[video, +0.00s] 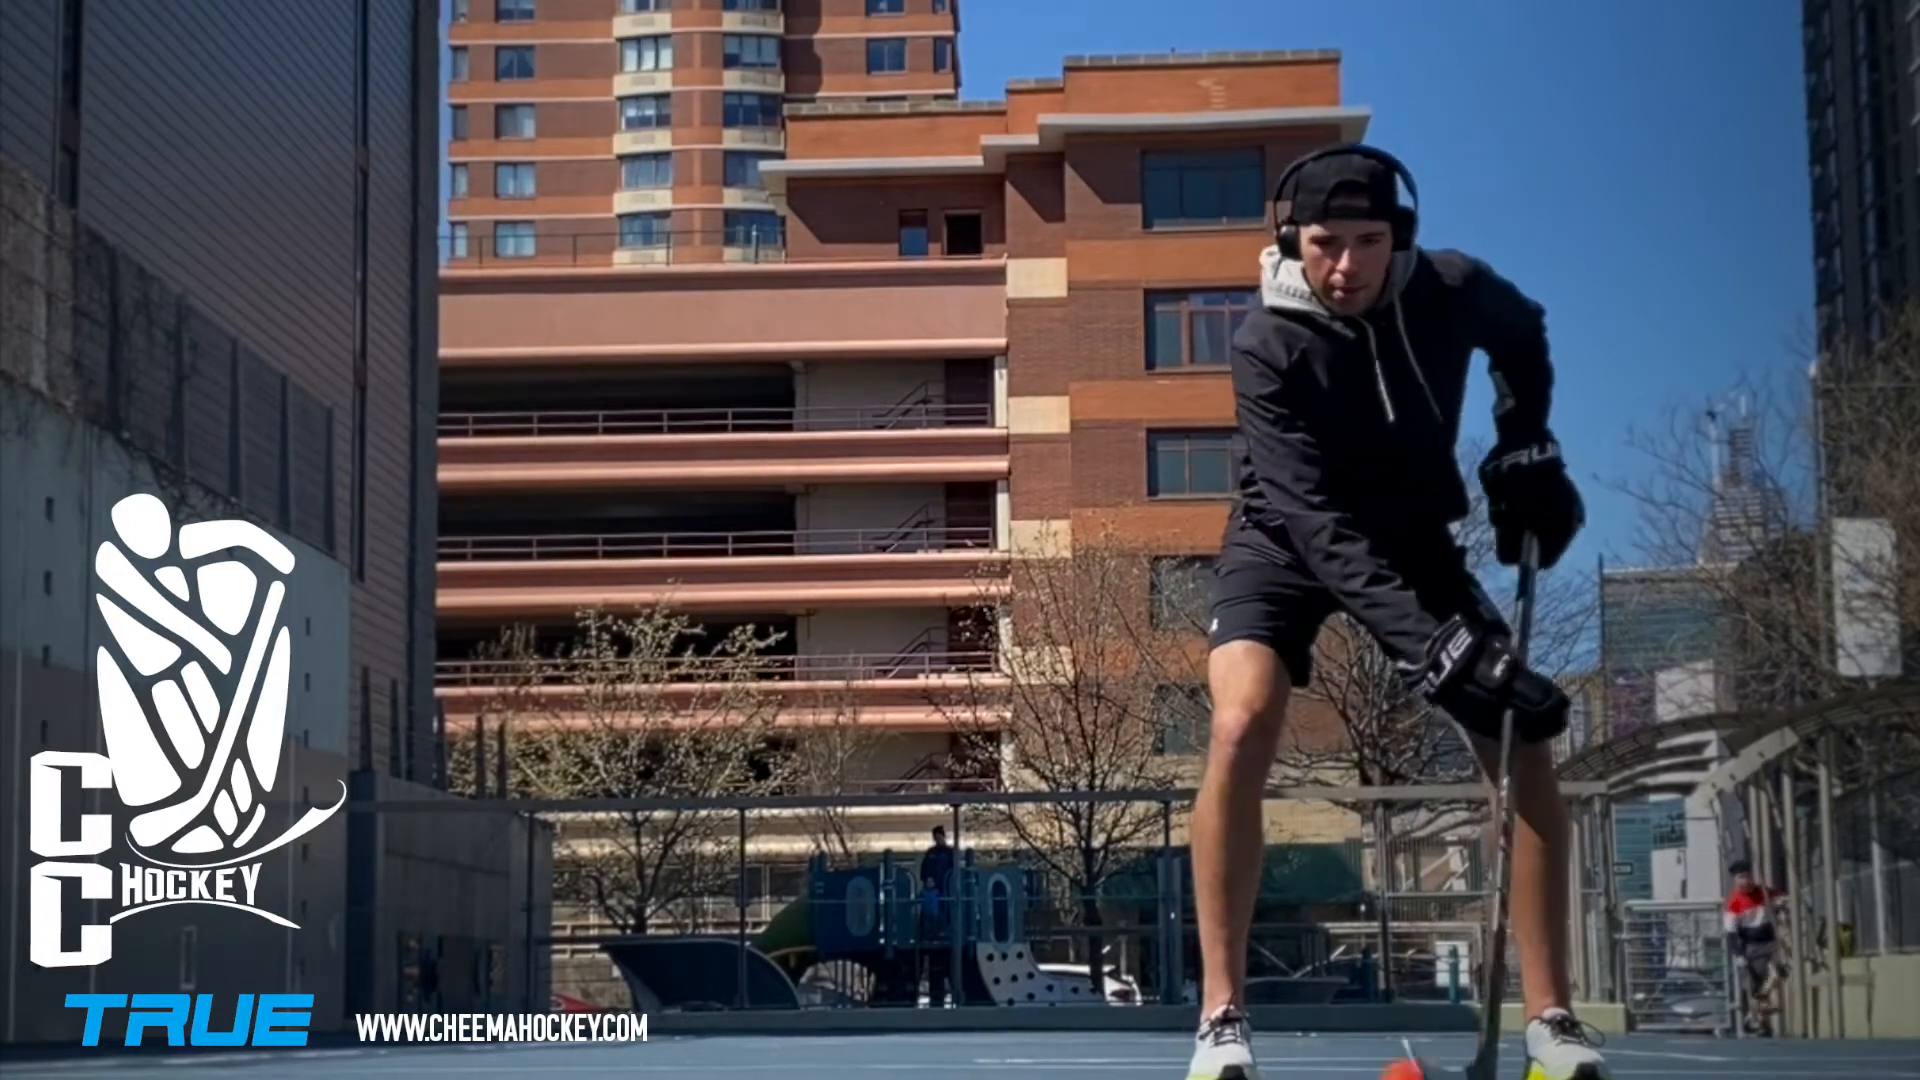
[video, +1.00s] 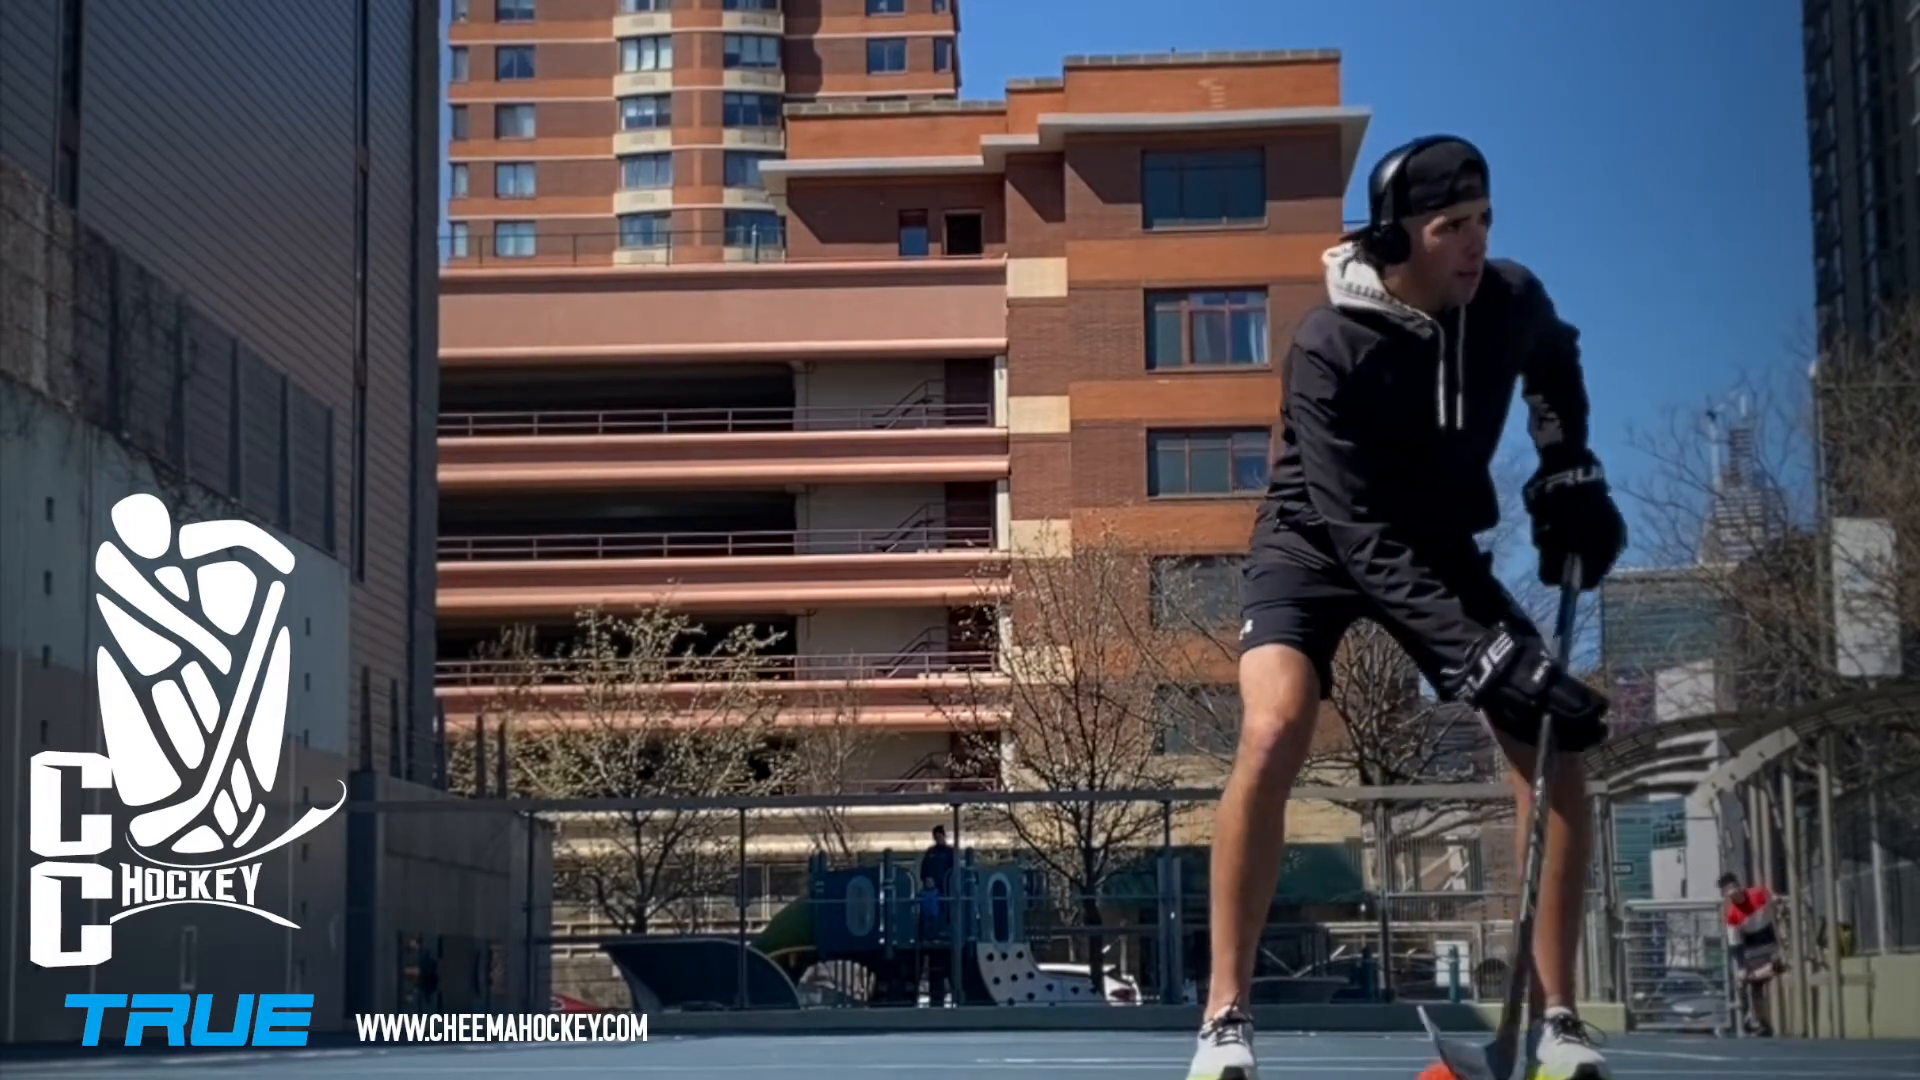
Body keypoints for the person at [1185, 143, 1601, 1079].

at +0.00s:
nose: (1343, 266)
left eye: (1365, 244)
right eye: (1324, 245)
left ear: (1399, 239)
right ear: (1293, 243)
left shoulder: (1449, 288)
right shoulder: (1268, 343)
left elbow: (1521, 333)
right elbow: (1315, 524)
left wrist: (1523, 446)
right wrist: (1440, 647)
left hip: (1414, 536)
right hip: (1285, 539)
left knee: (1523, 738)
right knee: (1242, 725)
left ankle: (1549, 1016)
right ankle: (1221, 1014)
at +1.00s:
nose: (1474, 242)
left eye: (1482, 222)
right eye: (1453, 226)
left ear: (1489, 225)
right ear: (1397, 234)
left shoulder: (1508, 299)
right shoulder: (1332, 344)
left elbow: (1553, 364)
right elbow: (1364, 541)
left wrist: (1568, 471)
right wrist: (1499, 661)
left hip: (1441, 546)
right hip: (1315, 541)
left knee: (1554, 763)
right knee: (1272, 734)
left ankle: (1555, 1017)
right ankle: (1224, 1014)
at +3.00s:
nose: (1522, 243)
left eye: (1521, 225)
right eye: (1506, 227)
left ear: (1463, 234)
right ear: (1441, 236)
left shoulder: (1491, 294)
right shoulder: (1346, 336)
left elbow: (1521, 385)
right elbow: (1362, 537)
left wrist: (1549, 477)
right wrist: (1490, 658)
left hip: (1412, 542)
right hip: (1297, 534)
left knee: (1539, 743)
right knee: (1282, 736)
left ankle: (1554, 1020)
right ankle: (1226, 1014)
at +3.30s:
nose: (1401, 231)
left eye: (1419, 211)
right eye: (1379, 212)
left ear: (1441, 222)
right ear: (1340, 227)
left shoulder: (1476, 299)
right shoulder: (1302, 342)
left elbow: (1528, 373)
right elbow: (1323, 530)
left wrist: (1537, 482)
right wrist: (1440, 650)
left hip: (1420, 546)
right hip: (1296, 544)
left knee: (1540, 738)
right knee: (1260, 728)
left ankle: (1555, 1013)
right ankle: (1223, 1012)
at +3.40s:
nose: (1369, 227)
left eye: (1386, 206)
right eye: (1346, 209)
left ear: (1416, 217)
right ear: (1311, 228)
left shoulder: (1464, 296)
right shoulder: (1289, 351)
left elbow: (1516, 362)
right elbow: (1329, 532)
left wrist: (1518, 460)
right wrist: (1446, 663)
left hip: (1421, 541)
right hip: (1295, 543)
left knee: (1539, 746)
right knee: (1255, 727)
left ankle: (1550, 1012)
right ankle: (1223, 1013)